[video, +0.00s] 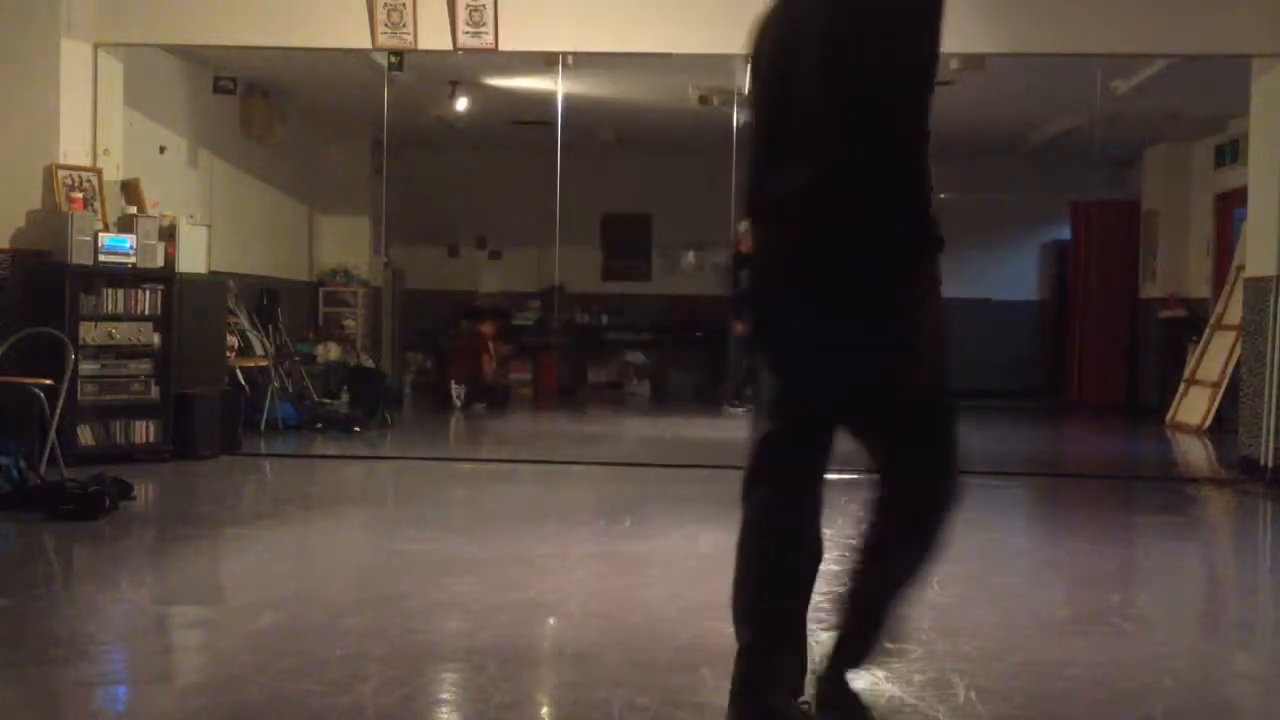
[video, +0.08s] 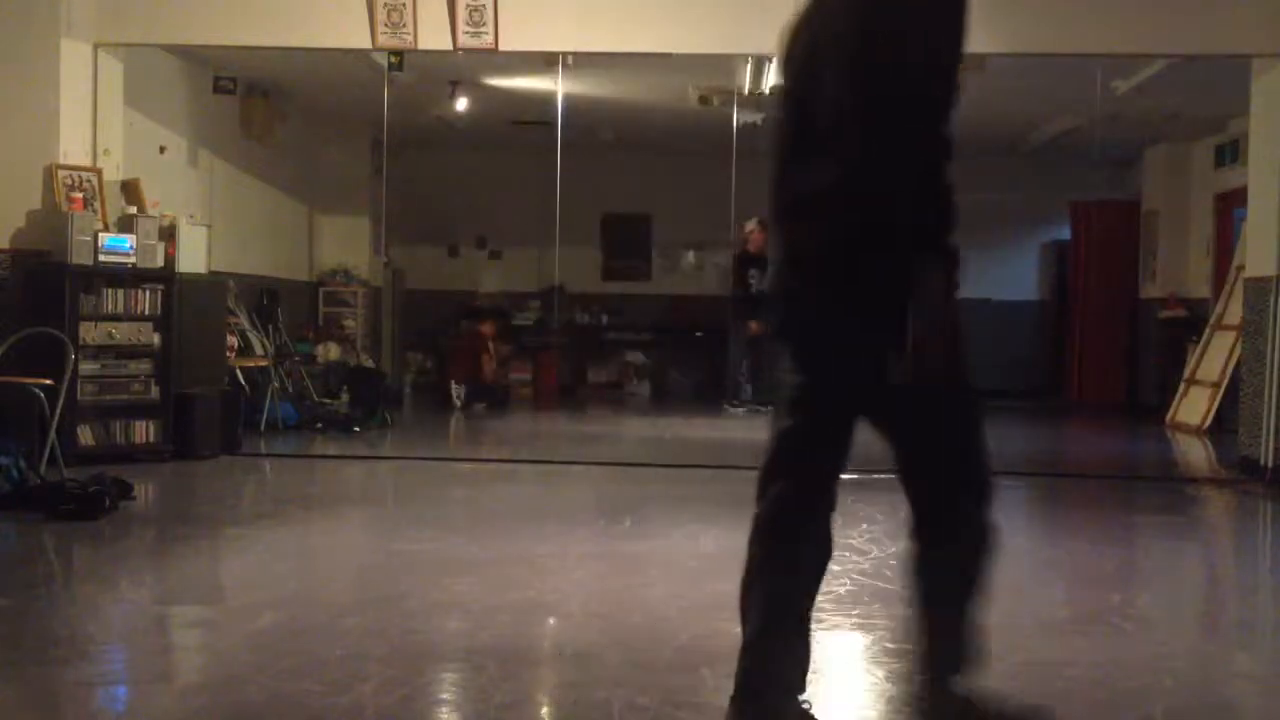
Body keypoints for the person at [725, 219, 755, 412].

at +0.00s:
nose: (747, 243)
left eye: (749, 237)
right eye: (744, 238)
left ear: (754, 238)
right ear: (739, 239)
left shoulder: (754, 260)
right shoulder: (740, 260)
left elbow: (748, 291)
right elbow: (739, 291)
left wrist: (747, 316)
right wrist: (739, 316)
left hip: (753, 315)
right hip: (741, 316)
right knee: (739, 360)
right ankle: (733, 397)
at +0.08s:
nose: (758, 239)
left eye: (760, 234)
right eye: (754, 234)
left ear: (765, 236)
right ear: (747, 236)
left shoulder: (766, 260)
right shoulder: (741, 259)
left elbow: (767, 291)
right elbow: (740, 291)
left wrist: (765, 316)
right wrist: (748, 317)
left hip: (761, 316)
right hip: (742, 316)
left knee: (759, 359)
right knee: (740, 358)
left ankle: (760, 397)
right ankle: (736, 397)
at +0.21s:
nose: (773, 241)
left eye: (774, 236)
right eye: (769, 237)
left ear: (775, 239)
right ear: (760, 239)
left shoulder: (772, 262)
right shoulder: (755, 262)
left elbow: (767, 292)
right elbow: (763, 294)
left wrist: (774, 316)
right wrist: (770, 319)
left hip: (760, 314)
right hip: (749, 315)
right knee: (745, 355)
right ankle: (736, 397)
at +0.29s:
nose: (779, 242)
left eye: (778, 238)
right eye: (775, 238)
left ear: (773, 241)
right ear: (769, 241)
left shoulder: (759, 263)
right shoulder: (775, 265)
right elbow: (775, 296)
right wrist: (780, 320)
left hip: (758, 316)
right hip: (769, 317)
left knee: (750, 359)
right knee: (784, 361)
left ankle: (742, 398)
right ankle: (792, 402)